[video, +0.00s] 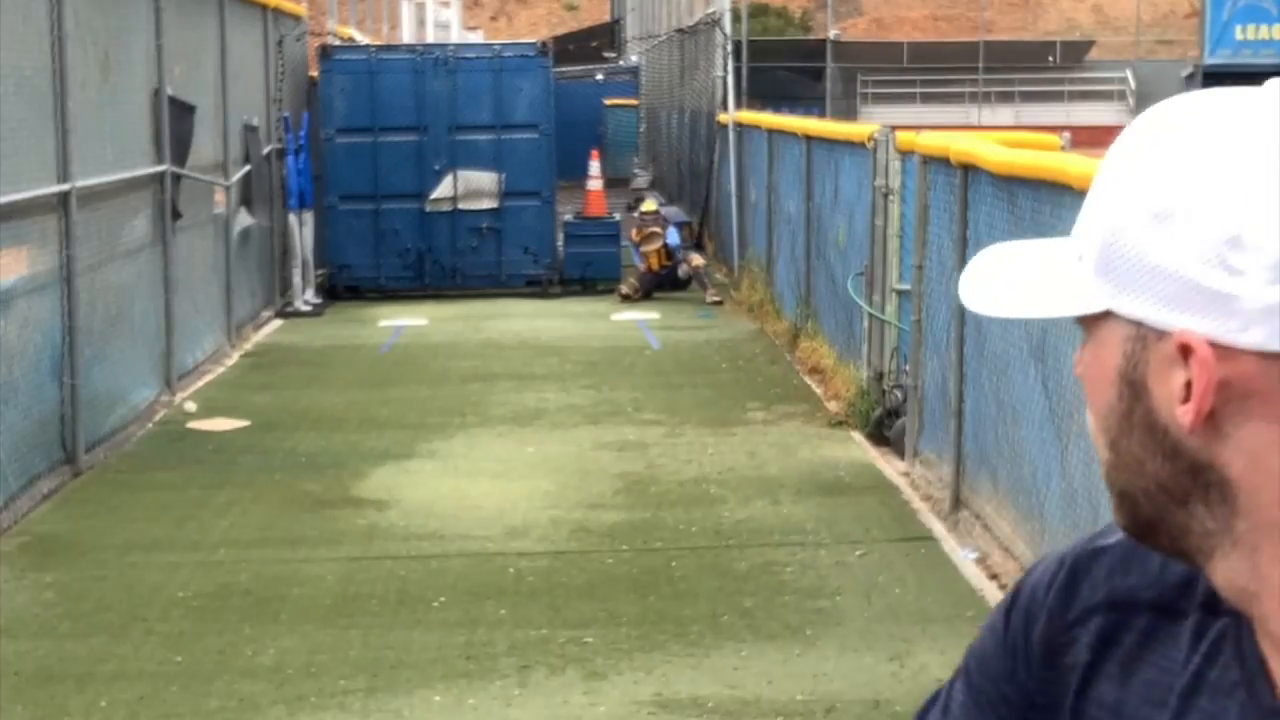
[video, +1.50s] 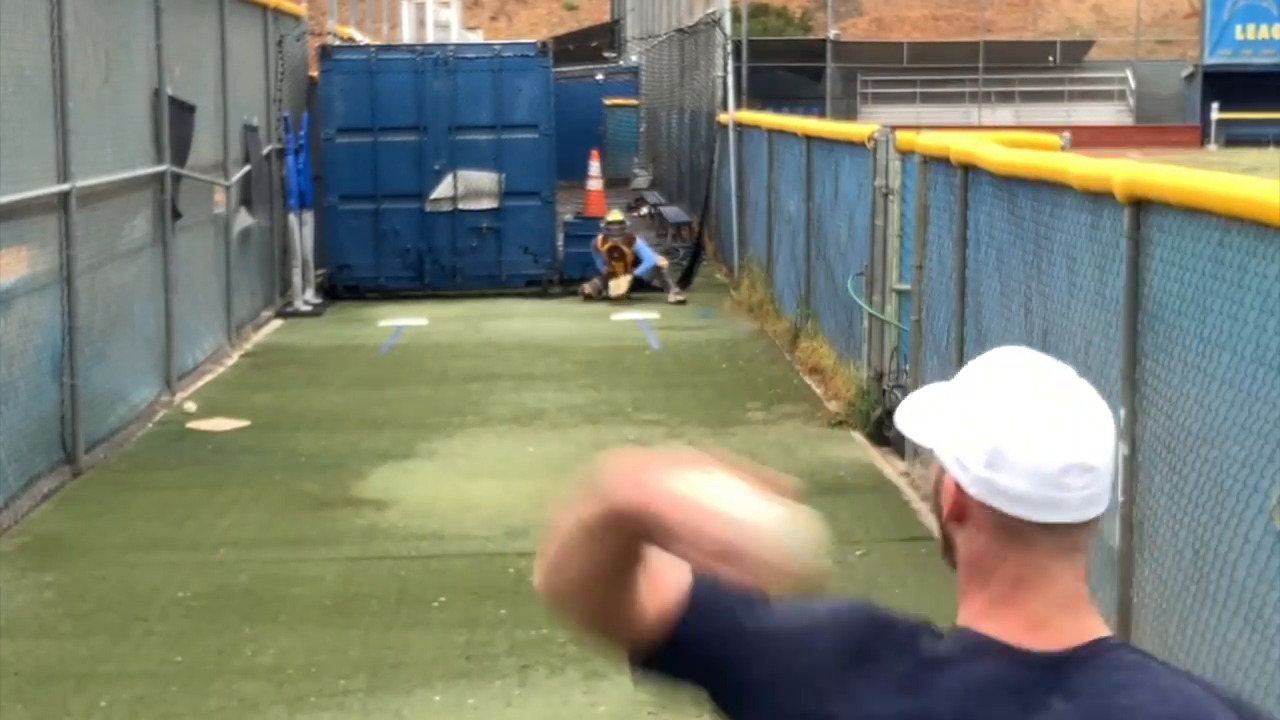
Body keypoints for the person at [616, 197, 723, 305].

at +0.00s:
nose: (649, 222)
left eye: (653, 218)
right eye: (645, 218)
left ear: (659, 217)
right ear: (640, 218)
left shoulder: (669, 230)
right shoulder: (636, 234)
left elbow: (677, 251)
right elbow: (635, 255)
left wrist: (689, 257)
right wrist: (642, 265)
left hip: (672, 269)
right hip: (651, 271)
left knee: (692, 263)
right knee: (644, 281)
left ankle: (710, 292)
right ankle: (634, 290)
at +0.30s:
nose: (652, 227)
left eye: (655, 223)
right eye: (648, 223)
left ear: (661, 222)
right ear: (642, 224)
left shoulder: (669, 235)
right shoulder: (637, 239)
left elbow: (686, 256)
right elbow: (639, 261)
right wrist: (647, 272)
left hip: (675, 274)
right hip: (653, 276)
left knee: (695, 262)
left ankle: (710, 292)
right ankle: (634, 289)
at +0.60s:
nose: (652, 227)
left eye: (655, 223)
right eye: (648, 224)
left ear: (661, 224)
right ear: (642, 225)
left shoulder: (670, 237)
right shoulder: (638, 239)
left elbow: (686, 258)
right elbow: (638, 256)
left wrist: (667, 274)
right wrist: (644, 268)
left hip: (676, 277)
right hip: (653, 278)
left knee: (696, 262)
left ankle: (710, 292)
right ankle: (631, 289)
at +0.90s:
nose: (650, 230)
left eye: (654, 226)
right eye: (647, 226)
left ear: (663, 226)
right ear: (643, 226)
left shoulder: (674, 237)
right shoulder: (641, 239)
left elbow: (689, 249)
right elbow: (639, 260)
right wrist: (643, 267)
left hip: (676, 273)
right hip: (654, 273)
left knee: (696, 262)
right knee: (643, 282)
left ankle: (710, 293)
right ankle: (631, 290)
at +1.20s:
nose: (657, 224)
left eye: (660, 220)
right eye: (652, 221)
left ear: (665, 220)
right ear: (645, 223)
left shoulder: (675, 232)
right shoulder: (642, 235)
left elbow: (696, 235)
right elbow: (635, 247)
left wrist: (678, 230)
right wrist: (641, 263)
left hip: (676, 274)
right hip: (654, 274)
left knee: (694, 261)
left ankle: (711, 293)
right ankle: (632, 290)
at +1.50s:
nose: (615, 233)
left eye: (619, 229)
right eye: (611, 229)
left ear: (624, 228)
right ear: (605, 229)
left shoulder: (633, 241)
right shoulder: (598, 243)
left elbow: (651, 260)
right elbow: (599, 264)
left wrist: (631, 276)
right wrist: (608, 274)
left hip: (634, 276)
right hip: (612, 277)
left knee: (658, 264)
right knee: (588, 289)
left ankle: (673, 292)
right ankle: (591, 291)